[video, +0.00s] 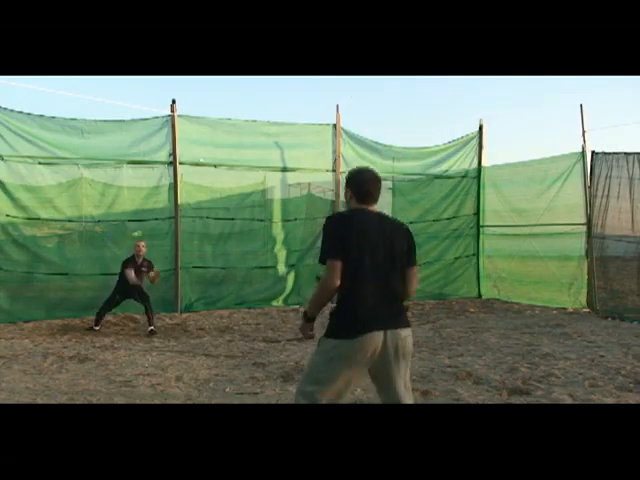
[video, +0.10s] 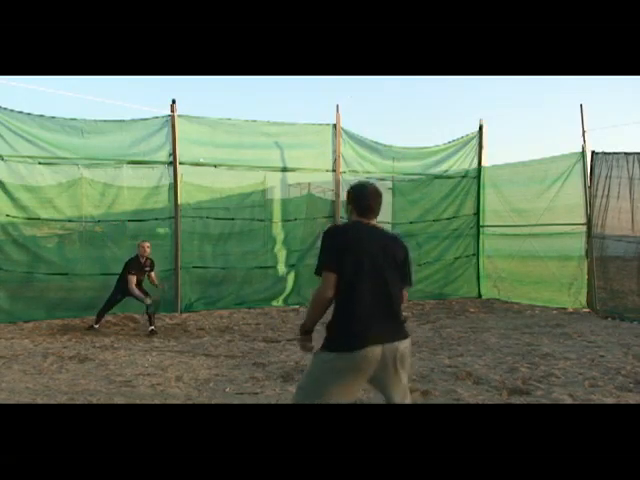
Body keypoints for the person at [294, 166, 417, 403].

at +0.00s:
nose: (344, 194)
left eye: (345, 190)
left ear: (349, 193)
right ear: (378, 195)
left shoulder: (338, 222)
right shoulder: (401, 229)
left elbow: (333, 281)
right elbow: (410, 288)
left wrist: (309, 315)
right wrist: (383, 300)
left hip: (352, 333)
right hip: (398, 333)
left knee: (309, 397)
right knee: (401, 398)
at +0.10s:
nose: (347, 206)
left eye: (348, 203)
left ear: (350, 205)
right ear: (378, 209)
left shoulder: (336, 235)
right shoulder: (395, 242)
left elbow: (327, 291)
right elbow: (402, 297)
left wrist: (306, 328)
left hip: (350, 346)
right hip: (396, 345)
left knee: (306, 399)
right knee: (401, 399)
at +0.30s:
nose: (320, 227)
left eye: (321, 221)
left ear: (327, 223)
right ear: (353, 220)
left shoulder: (319, 267)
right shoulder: (376, 249)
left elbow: (309, 325)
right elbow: (348, 248)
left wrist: (280, 365)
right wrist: (310, 251)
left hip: (339, 372)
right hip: (382, 367)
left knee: (275, 397)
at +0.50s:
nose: (280, 288)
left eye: (280, 284)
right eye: (279, 284)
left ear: (289, 288)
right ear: (312, 270)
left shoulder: (309, 333)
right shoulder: (336, 273)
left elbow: (314, 371)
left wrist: (297, 380)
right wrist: (289, 302)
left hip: (340, 393)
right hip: (369, 378)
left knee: (267, 400)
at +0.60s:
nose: (269, 291)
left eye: (269, 288)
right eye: (268, 287)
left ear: (277, 294)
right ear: (301, 275)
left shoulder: (307, 335)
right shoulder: (327, 282)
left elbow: (306, 378)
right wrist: (279, 344)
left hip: (340, 396)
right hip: (368, 381)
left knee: (263, 399)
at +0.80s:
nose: (262, 248)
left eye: (262, 243)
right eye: (262, 243)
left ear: (268, 246)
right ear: (296, 236)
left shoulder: (283, 290)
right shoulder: (326, 257)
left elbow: (302, 351)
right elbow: (364, 287)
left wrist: (282, 379)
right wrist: (347, 317)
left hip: (332, 381)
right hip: (369, 367)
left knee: (263, 398)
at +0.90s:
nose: (269, 218)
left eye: (270, 212)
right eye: (269, 211)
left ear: (276, 216)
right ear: (303, 210)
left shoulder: (283, 256)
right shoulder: (331, 235)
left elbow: (297, 324)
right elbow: (376, 271)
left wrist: (278, 364)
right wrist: (360, 307)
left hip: (329, 356)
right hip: (369, 342)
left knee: (267, 399)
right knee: (372, 399)